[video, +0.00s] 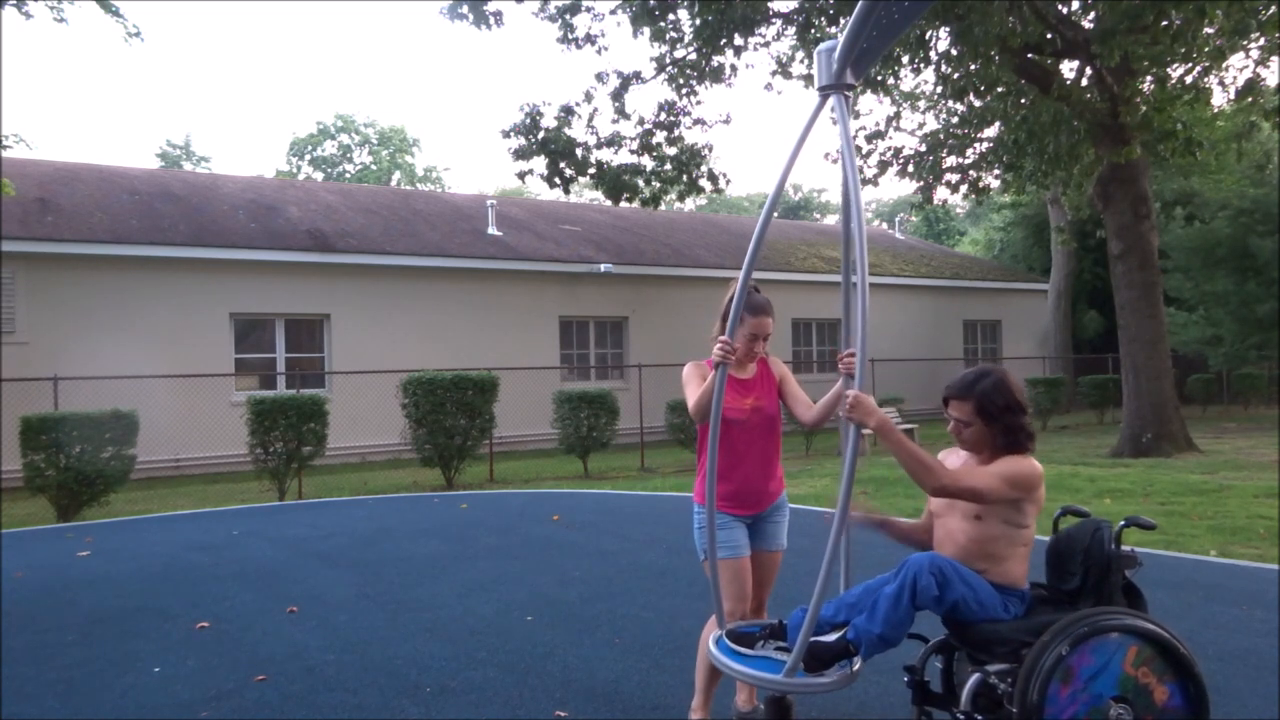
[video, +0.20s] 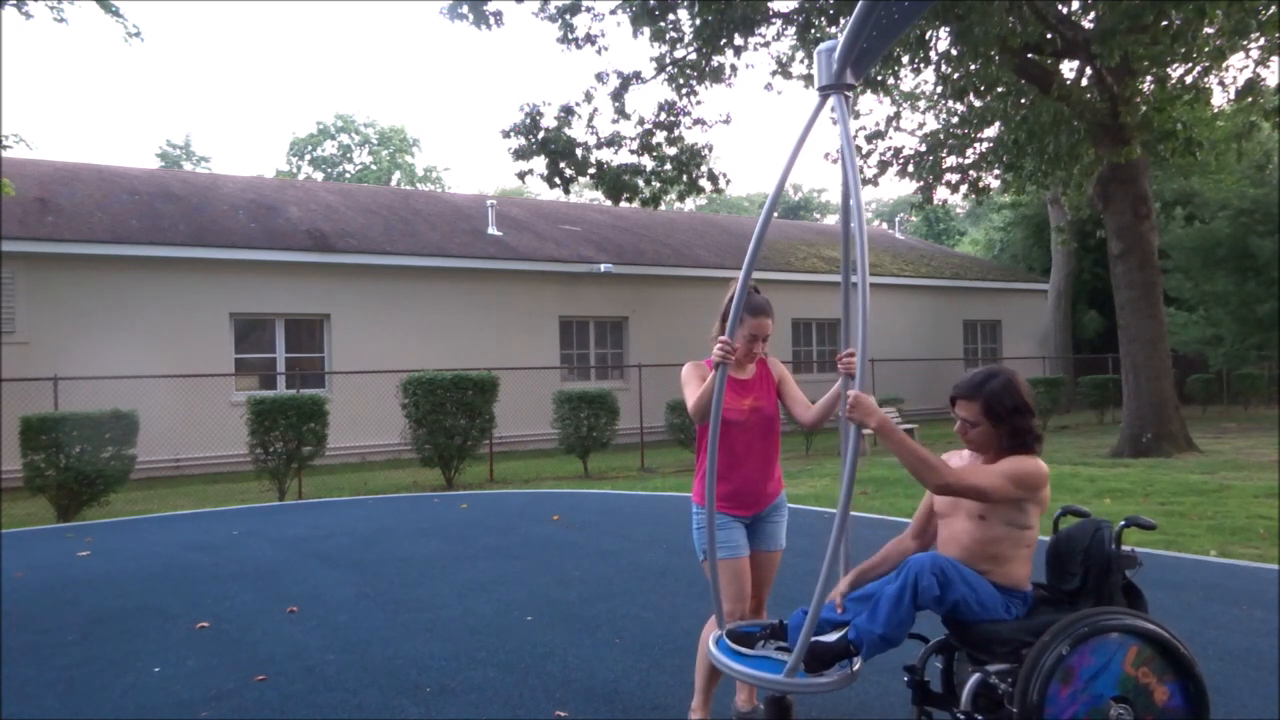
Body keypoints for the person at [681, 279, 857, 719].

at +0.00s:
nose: (761, 346)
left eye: (766, 338)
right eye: (753, 337)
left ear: (771, 331)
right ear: (728, 328)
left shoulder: (774, 367)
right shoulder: (699, 369)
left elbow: (811, 416)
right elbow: (699, 412)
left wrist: (843, 380)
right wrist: (719, 370)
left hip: (771, 504)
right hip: (719, 508)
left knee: (757, 611)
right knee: (733, 615)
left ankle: (747, 701)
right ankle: (699, 706)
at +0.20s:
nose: (760, 347)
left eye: (765, 338)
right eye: (752, 337)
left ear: (770, 332)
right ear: (728, 328)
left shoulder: (773, 367)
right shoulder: (698, 370)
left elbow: (810, 417)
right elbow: (698, 413)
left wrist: (843, 380)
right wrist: (719, 370)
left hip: (770, 504)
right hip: (718, 508)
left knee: (756, 609)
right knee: (732, 614)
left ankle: (747, 700)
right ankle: (699, 706)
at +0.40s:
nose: (760, 347)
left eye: (765, 339)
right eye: (752, 338)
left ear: (770, 332)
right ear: (728, 329)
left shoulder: (772, 367)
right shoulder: (698, 369)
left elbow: (810, 417)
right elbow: (698, 412)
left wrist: (842, 381)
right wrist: (719, 369)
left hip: (769, 504)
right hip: (717, 508)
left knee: (757, 610)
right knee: (732, 614)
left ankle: (746, 700)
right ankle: (699, 707)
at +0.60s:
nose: (760, 347)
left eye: (765, 339)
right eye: (752, 338)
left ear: (770, 332)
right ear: (728, 329)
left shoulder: (772, 367)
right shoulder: (698, 369)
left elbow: (810, 417)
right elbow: (698, 412)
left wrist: (842, 381)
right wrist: (719, 369)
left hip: (769, 505)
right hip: (717, 508)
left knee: (757, 610)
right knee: (732, 615)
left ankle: (746, 700)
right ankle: (699, 707)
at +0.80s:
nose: (760, 347)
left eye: (765, 338)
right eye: (752, 337)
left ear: (770, 332)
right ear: (727, 329)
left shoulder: (773, 367)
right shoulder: (698, 369)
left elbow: (810, 417)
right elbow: (699, 413)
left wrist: (842, 381)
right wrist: (719, 369)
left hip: (769, 505)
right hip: (718, 508)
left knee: (757, 611)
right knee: (732, 615)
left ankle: (746, 700)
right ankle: (699, 707)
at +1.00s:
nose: (760, 347)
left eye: (765, 338)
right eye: (752, 337)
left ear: (770, 332)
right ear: (727, 328)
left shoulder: (774, 367)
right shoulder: (698, 369)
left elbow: (811, 417)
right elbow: (698, 412)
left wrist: (842, 381)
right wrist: (719, 369)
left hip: (771, 504)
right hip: (718, 507)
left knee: (757, 611)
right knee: (732, 615)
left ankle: (746, 699)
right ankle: (699, 706)